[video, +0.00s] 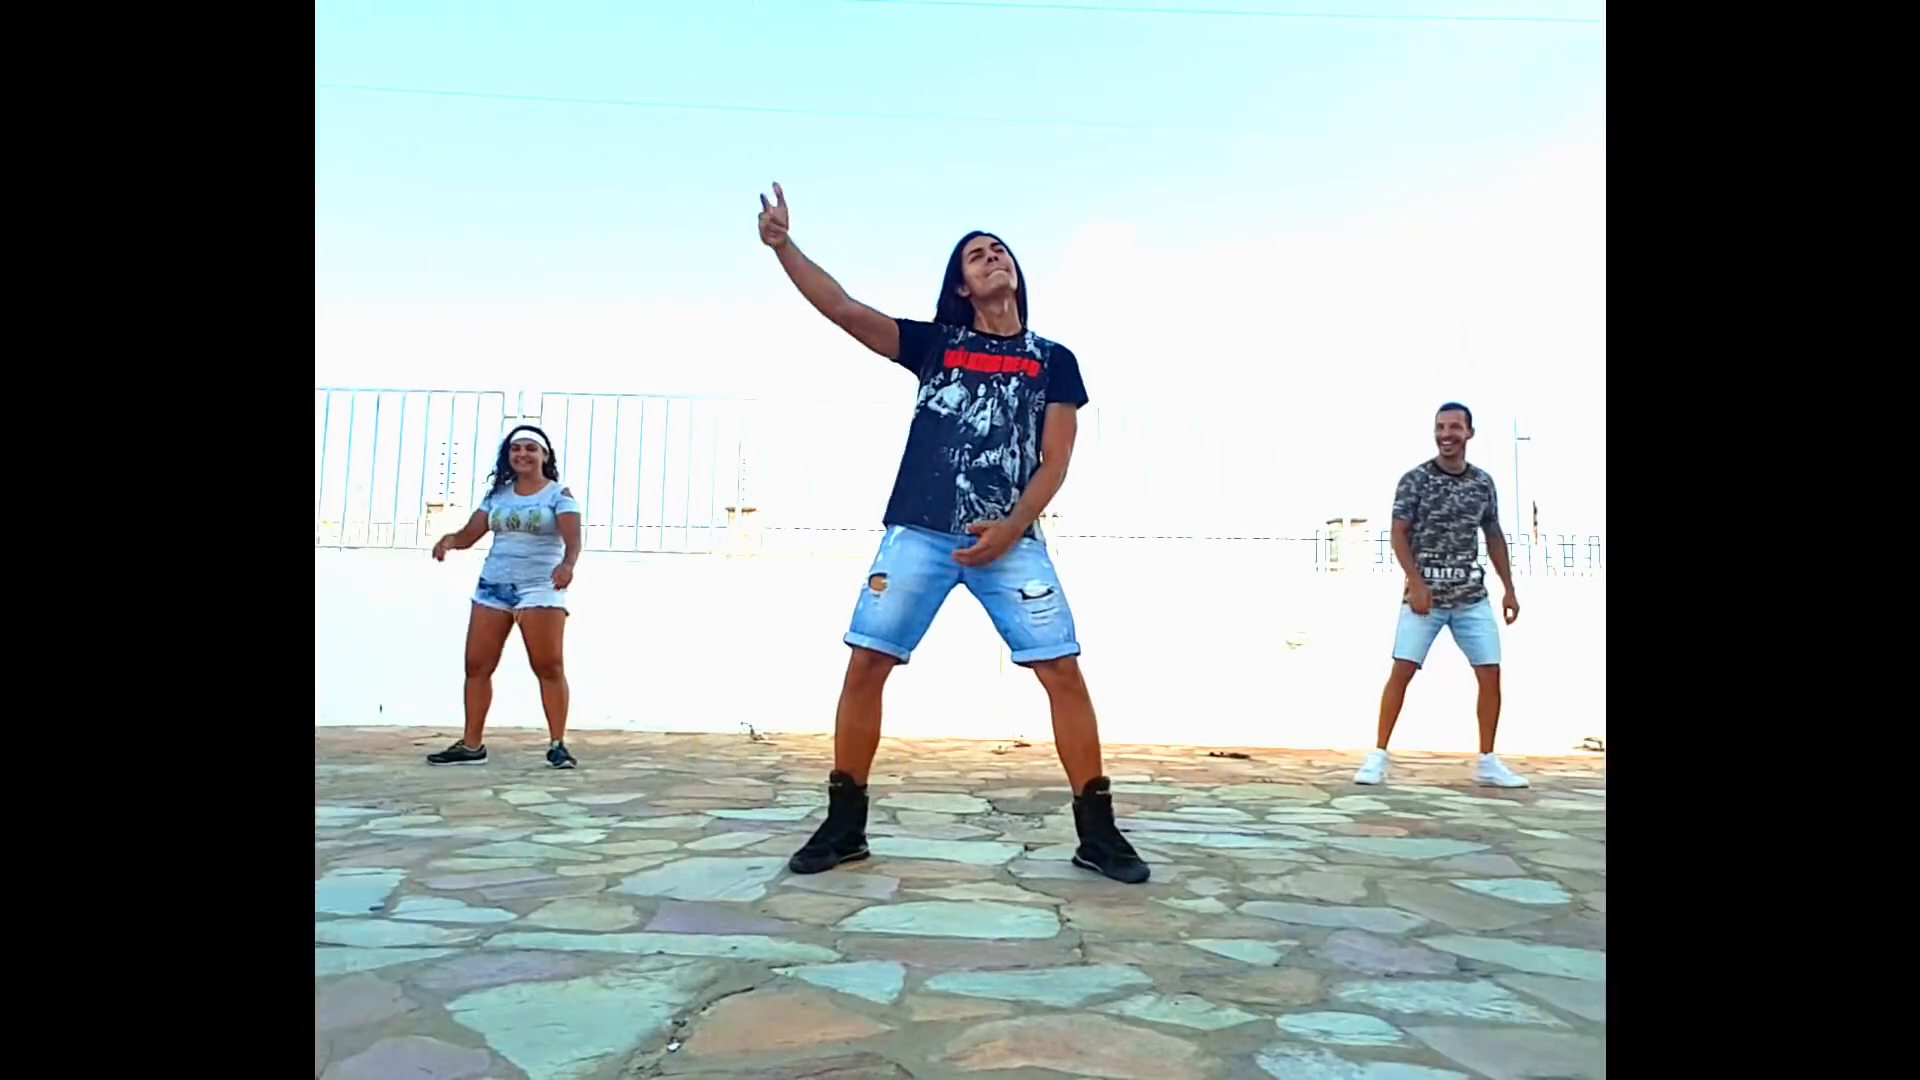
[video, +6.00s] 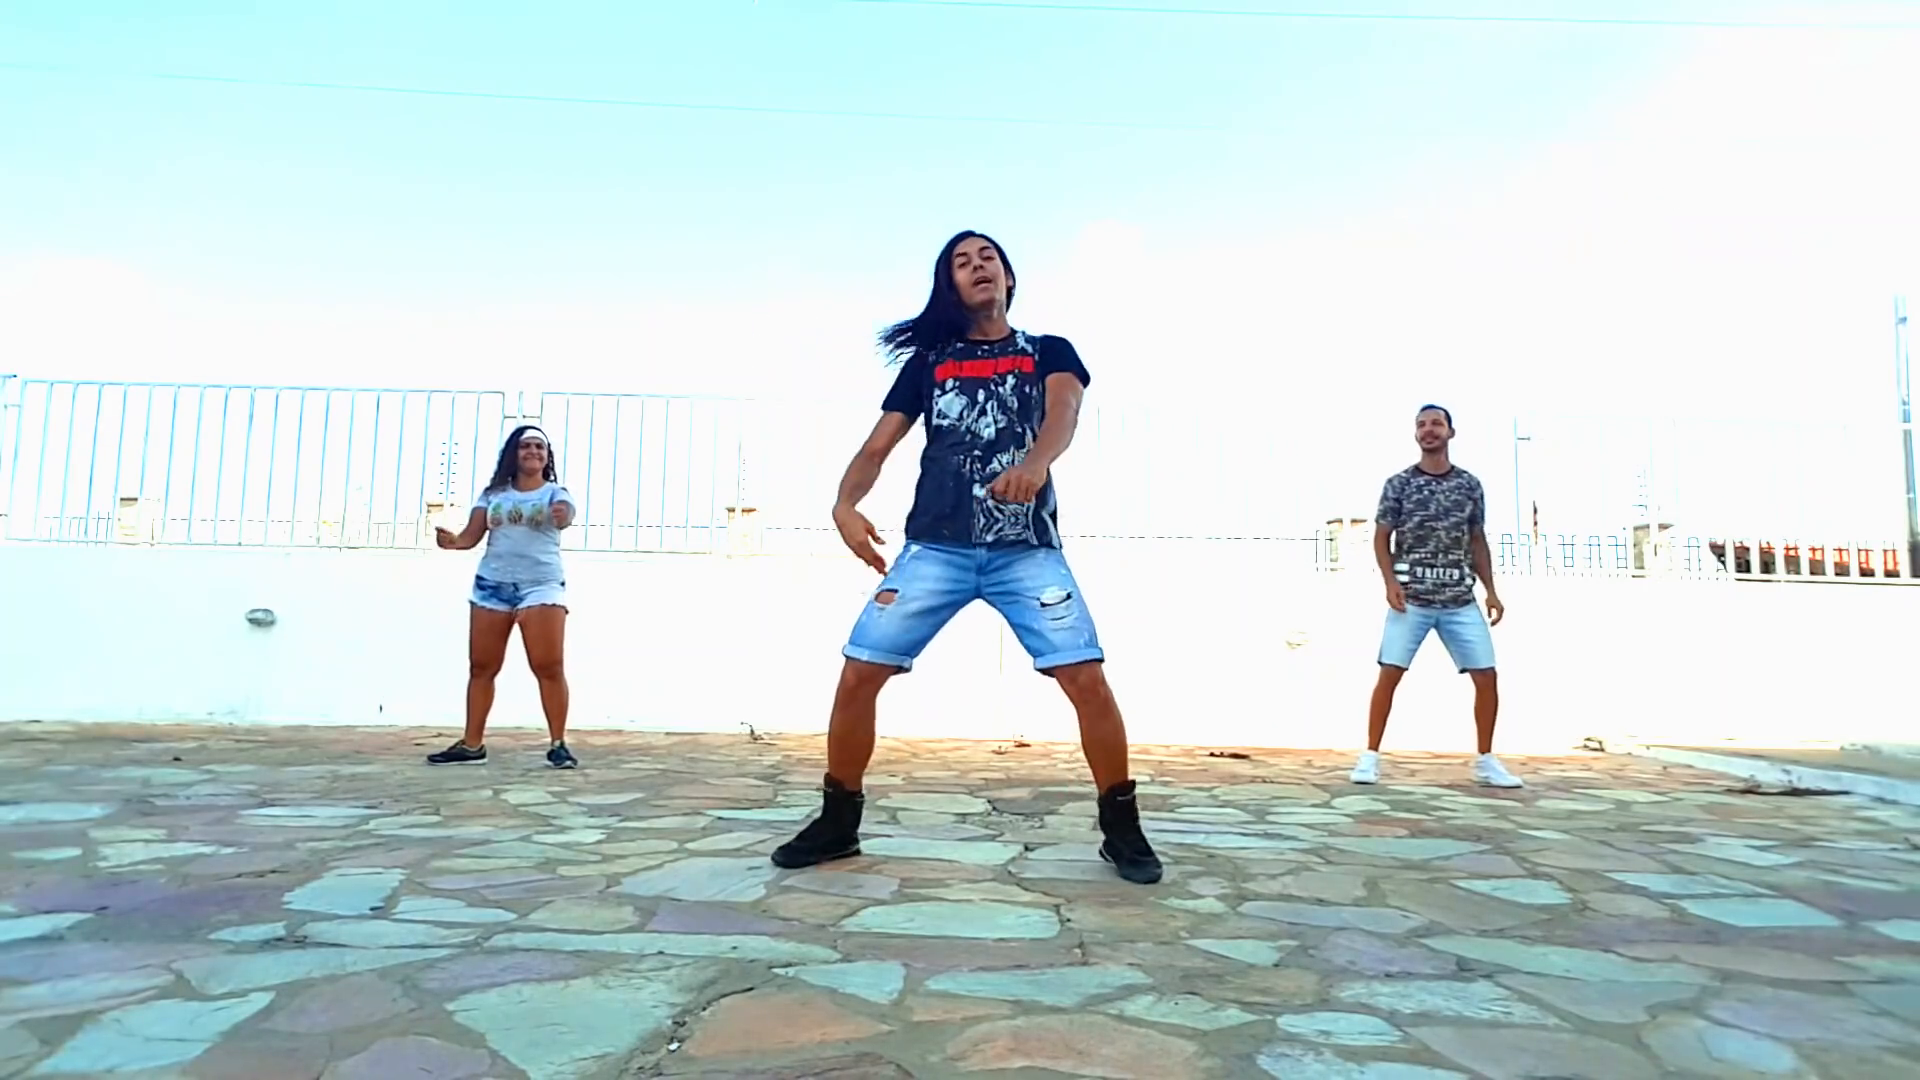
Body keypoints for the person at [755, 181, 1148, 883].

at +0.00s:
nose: (990, 260)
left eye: (998, 252)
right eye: (976, 259)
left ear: (1018, 273)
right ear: (961, 287)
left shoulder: (1053, 360)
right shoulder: (935, 344)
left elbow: (1055, 462)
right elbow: (845, 310)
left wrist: (1013, 527)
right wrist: (783, 245)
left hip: (1012, 538)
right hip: (919, 532)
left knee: (1062, 668)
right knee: (866, 664)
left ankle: (1097, 830)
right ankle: (844, 822)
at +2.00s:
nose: (999, 245)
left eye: (1003, 242)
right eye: (983, 243)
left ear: (1014, 267)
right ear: (958, 272)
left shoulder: (1052, 349)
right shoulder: (928, 334)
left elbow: (1067, 450)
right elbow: (831, 310)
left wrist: (1036, 529)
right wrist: (847, 249)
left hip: (1014, 535)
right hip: (923, 528)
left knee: (1060, 673)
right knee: (872, 667)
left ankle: (1096, 831)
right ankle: (843, 824)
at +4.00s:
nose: (969, 270)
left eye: (980, 261)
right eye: (956, 262)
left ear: (998, 275)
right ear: (939, 279)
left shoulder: (1026, 337)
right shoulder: (921, 345)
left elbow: (1052, 366)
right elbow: (919, 393)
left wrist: (1030, 340)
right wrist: (890, 376)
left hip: (1021, 528)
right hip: (934, 526)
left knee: (1065, 668)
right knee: (873, 664)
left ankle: (1098, 831)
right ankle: (842, 823)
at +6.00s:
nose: (978, 263)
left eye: (987, 255)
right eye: (963, 260)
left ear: (1008, 277)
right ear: (949, 289)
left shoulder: (1049, 350)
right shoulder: (930, 361)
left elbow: (1063, 414)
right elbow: (878, 445)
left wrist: (1037, 463)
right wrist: (843, 504)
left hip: (1027, 553)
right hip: (935, 550)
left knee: (1088, 680)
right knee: (858, 674)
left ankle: (1122, 825)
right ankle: (837, 821)